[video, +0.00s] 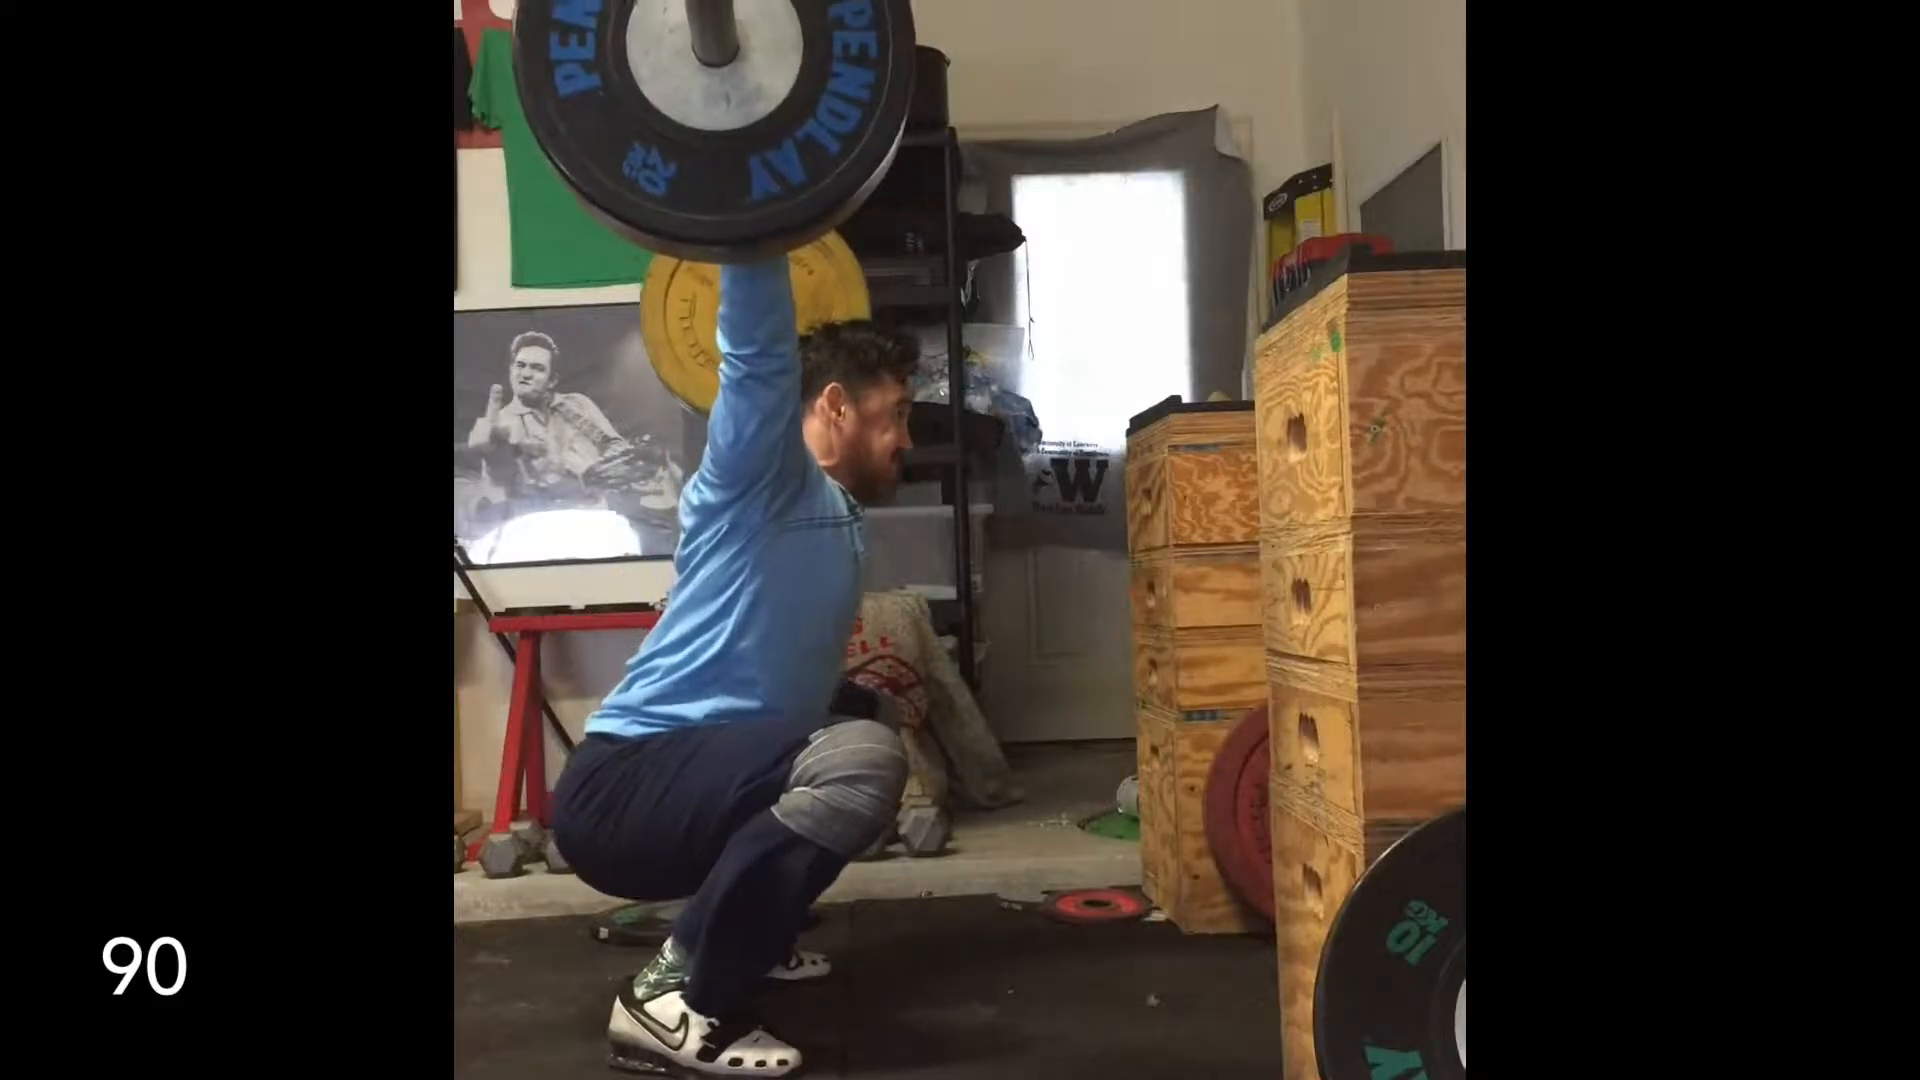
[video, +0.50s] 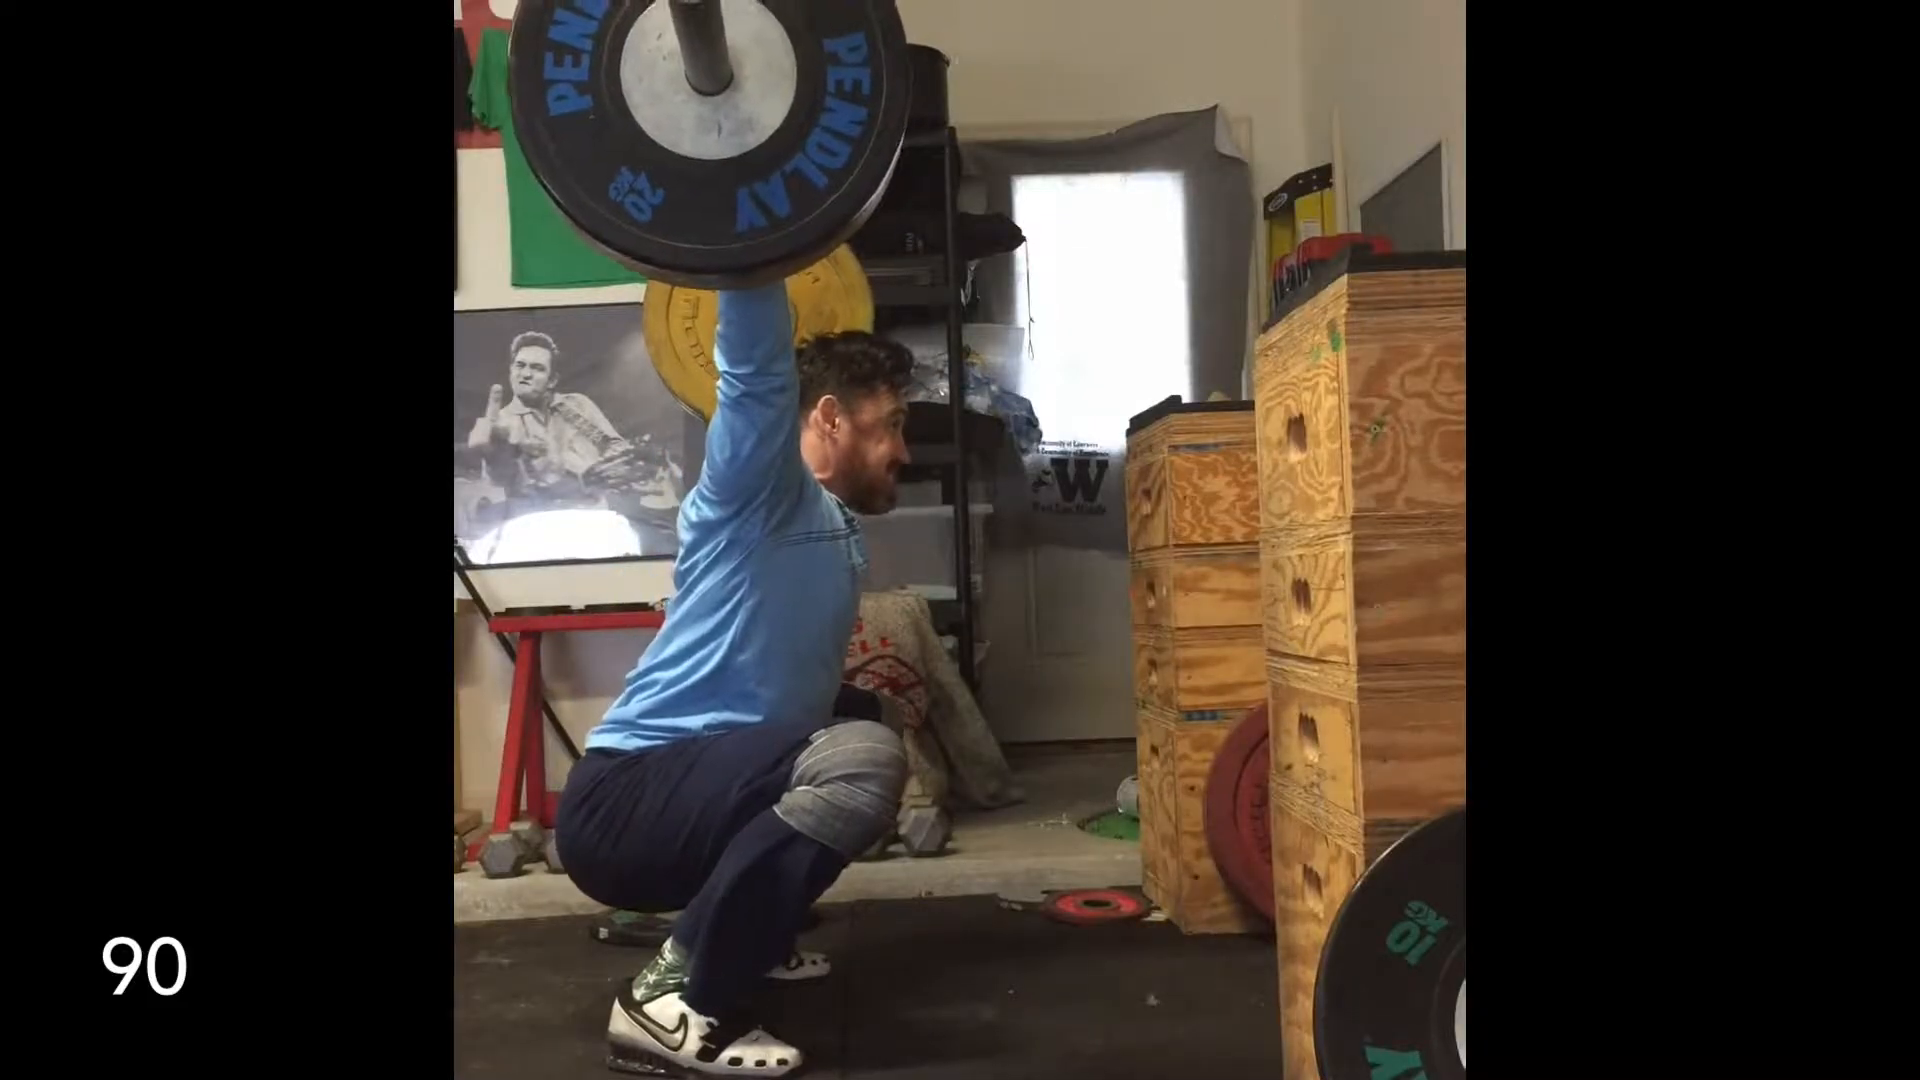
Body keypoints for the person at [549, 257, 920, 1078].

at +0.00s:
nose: (905, 442)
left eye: (906, 422)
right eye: (892, 419)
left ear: (840, 414)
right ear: (832, 409)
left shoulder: (838, 521)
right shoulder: (758, 480)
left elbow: (762, 665)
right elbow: (757, 350)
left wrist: (840, 693)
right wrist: (738, 190)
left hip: (695, 774)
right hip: (619, 785)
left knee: (870, 718)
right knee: (858, 758)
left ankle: (746, 935)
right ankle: (676, 991)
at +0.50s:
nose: (904, 451)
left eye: (903, 429)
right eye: (890, 427)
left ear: (837, 428)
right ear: (827, 423)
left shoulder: (840, 534)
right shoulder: (755, 497)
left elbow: (778, 680)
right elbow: (755, 370)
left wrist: (852, 699)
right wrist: (745, 217)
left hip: (699, 788)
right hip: (620, 799)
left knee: (869, 717)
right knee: (861, 758)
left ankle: (748, 929)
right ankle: (677, 990)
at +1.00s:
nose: (907, 315)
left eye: (912, 294)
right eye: (894, 289)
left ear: (855, 288)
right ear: (833, 279)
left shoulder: (846, 402)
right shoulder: (756, 349)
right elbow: (752, 215)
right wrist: (740, 67)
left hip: (710, 646)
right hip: (626, 636)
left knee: (863, 722)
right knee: (846, 733)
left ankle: (752, 922)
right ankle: (669, 986)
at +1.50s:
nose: (896, 33)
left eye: (897, 22)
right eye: (887, 11)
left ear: (844, 34)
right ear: (832, 7)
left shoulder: (830, 119)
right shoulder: (752, 72)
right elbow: (616, 120)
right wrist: (657, 22)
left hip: (764, 400)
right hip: (695, 388)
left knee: (784, 672)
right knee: (759, 670)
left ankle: (704, 907)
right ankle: (656, 982)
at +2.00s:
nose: (873, 46)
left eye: (878, 30)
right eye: (867, 20)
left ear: (821, 21)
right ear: (810, 4)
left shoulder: (790, 108)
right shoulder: (726, 67)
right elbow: (568, 110)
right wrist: (613, 19)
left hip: (743, 404)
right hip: (678, 392)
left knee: (745, 671)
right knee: (710, 674)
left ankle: (697, 922)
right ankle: (648, 986)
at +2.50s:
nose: (859, 18)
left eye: (859, 5)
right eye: (849, 1)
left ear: (797, 12)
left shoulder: (788, 103)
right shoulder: (715, 66)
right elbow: (554, 110)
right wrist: (612, 14)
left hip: (738, 406)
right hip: (676, 393)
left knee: (710, 667)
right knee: (677, 672)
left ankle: (691, 917)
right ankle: (643, 981)